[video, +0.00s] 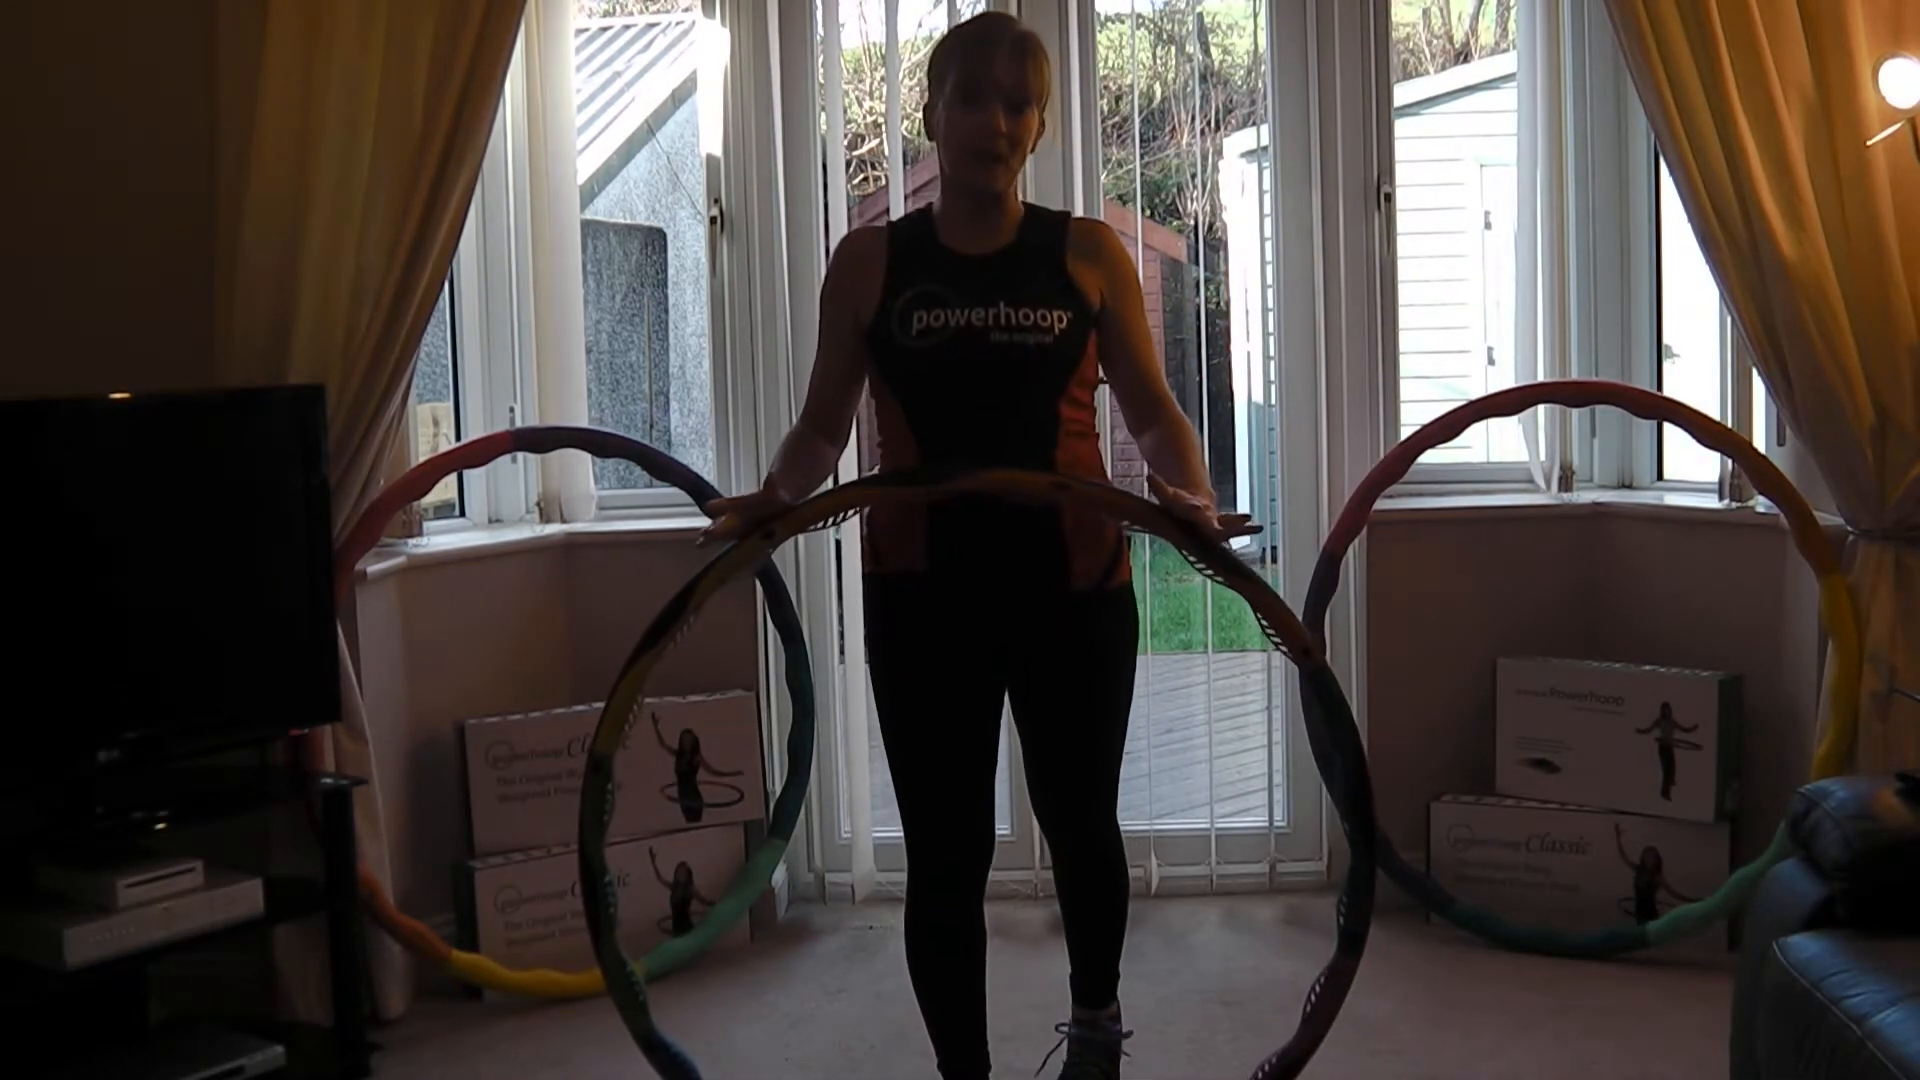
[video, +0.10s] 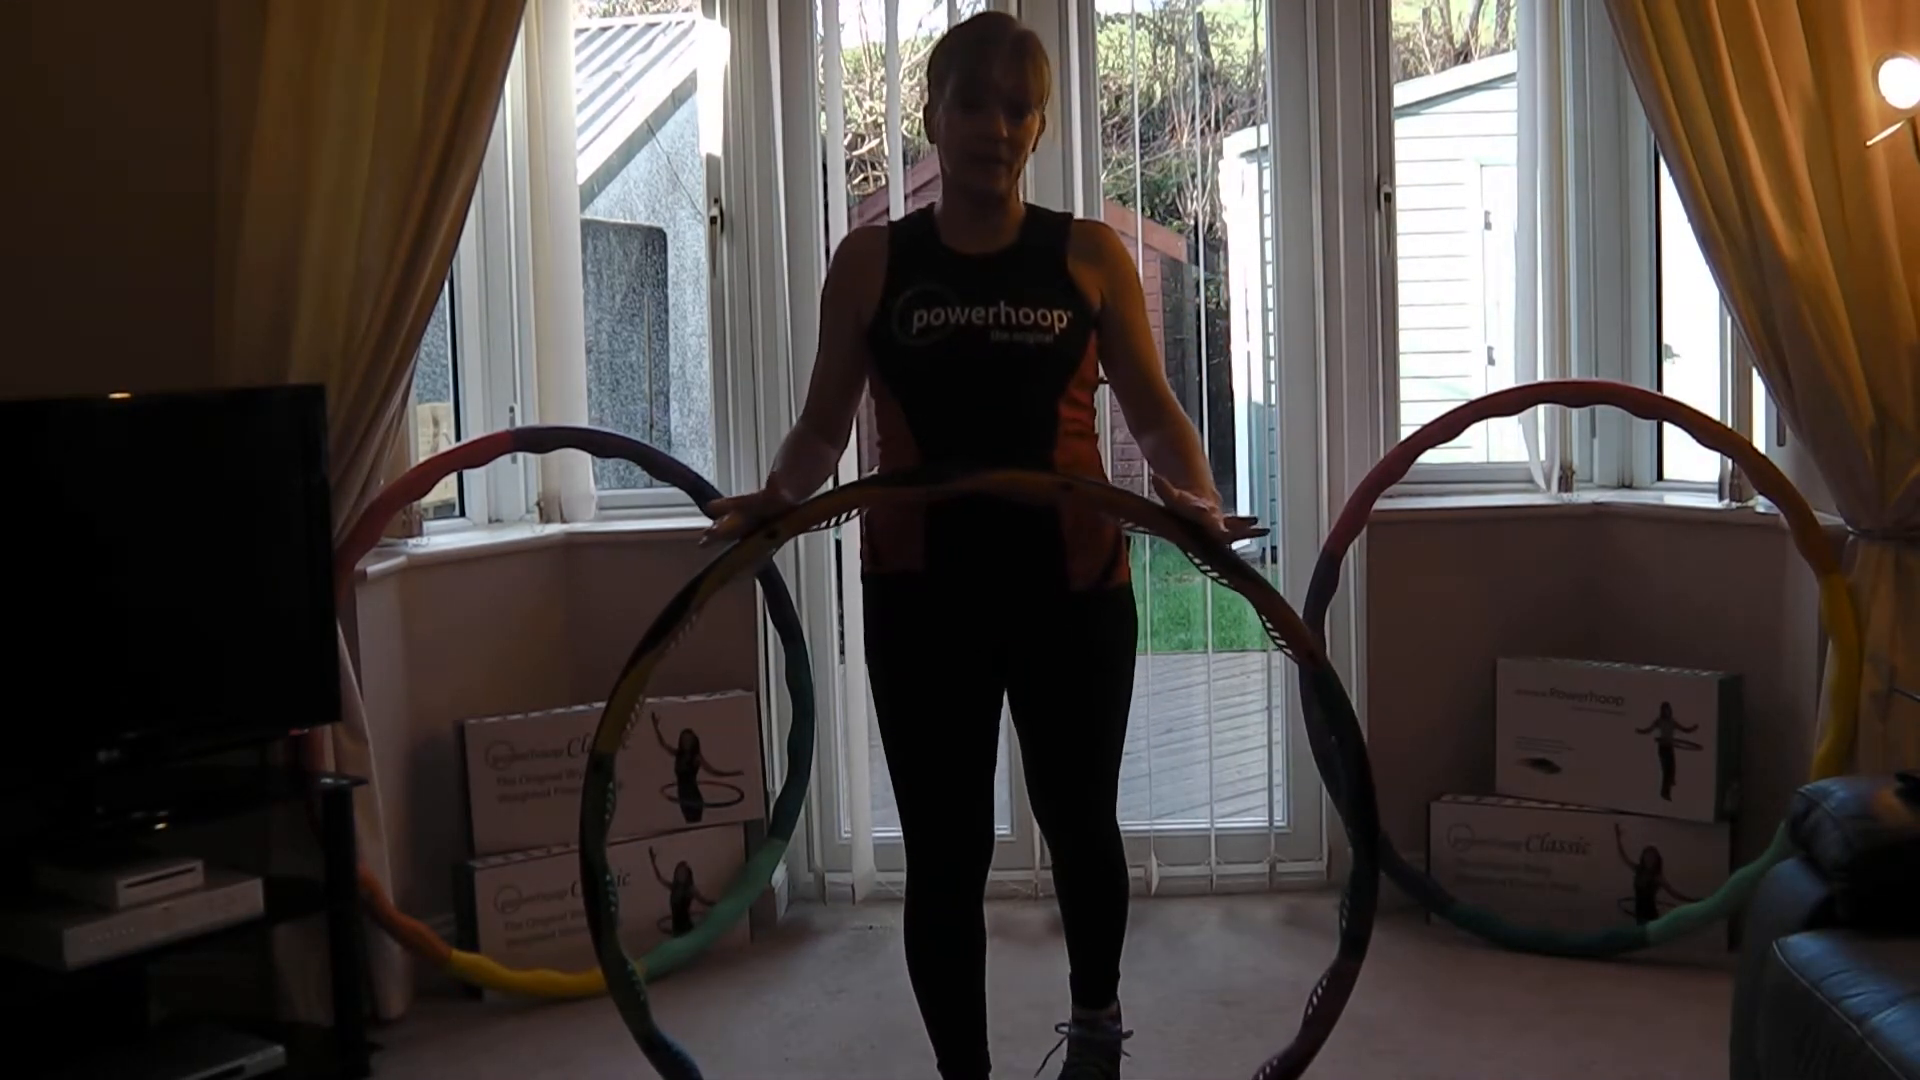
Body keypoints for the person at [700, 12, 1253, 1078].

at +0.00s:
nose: (996, 125)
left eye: (1018, 106)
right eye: (974, 101)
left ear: (1041, 124)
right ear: (932, 110)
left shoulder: (1092, 255)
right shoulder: (869, 262)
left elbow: (1154, 411)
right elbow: (824, 422)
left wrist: (1195, 495)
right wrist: (775, 495)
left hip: (1072, 584)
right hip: (924, 589)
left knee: (1081, 824)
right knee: (945, 855)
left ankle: (1095, 1026)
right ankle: (961, 1073)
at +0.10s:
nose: (998, 129)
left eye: (1019, 109)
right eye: (975, 105)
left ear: (1042, 125)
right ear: (932, 112)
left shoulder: (1091, 256)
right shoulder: (871, 261)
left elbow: (1155, 412)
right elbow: (824, 422)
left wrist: (1196, 494)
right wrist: (775, 497)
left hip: (1071, 587)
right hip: (924, 592)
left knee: (1080, 823)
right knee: (944, 859)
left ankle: (1095, 1022)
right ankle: (963, 1074)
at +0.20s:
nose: (997, 128)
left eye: (1019, 109)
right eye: (973, 104)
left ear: (1042, 124)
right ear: (931, 113)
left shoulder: (1092, 257)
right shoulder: (872, 261)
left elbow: (1158, 418)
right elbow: (824, 426)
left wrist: (1201, 499)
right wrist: (778, 496)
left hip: (1070, 587)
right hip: (922, 591)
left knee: (1079, 824)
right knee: (944, 857)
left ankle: (1094, 1024)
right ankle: (962, 1075)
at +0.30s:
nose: (998, 129)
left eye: (1020, 109)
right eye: (974, 106)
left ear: (1042, 124)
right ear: (932, 114)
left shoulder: (1092, 257)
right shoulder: (873, 260)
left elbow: (1154, 412)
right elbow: (826, 422)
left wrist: (1201, 497)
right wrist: (777, 500)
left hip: (1069, 584)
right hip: (922, 588)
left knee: (1079, 823)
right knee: (943, 856)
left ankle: (1093, 1027)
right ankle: (962, 1072)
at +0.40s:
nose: (995, 128)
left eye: (1018, 108)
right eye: (972, 105)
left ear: (1044, 122)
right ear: (934, 113)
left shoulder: (1095, 257)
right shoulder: (874, 259)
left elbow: (1158, 413)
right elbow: (825, 424)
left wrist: (1202, 497)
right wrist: (775, 502)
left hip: (1069, 584)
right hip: (922, 588)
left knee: (1079, 822)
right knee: (942, 855)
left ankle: (1094, 1025)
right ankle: (962, 1072)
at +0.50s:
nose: (998, 128)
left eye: (1021, 108)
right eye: (974, 104)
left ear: (1046, 123)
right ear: (936, 114)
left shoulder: (1097, 257)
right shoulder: (877, 259)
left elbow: (1159, 413)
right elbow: (826, 425)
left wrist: (1201, 496)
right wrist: (776, 501)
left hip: (1071, 586)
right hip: (924, 589)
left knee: (1081, 825)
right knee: (944, 858)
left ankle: (1095, 1023)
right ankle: (964, 1072)